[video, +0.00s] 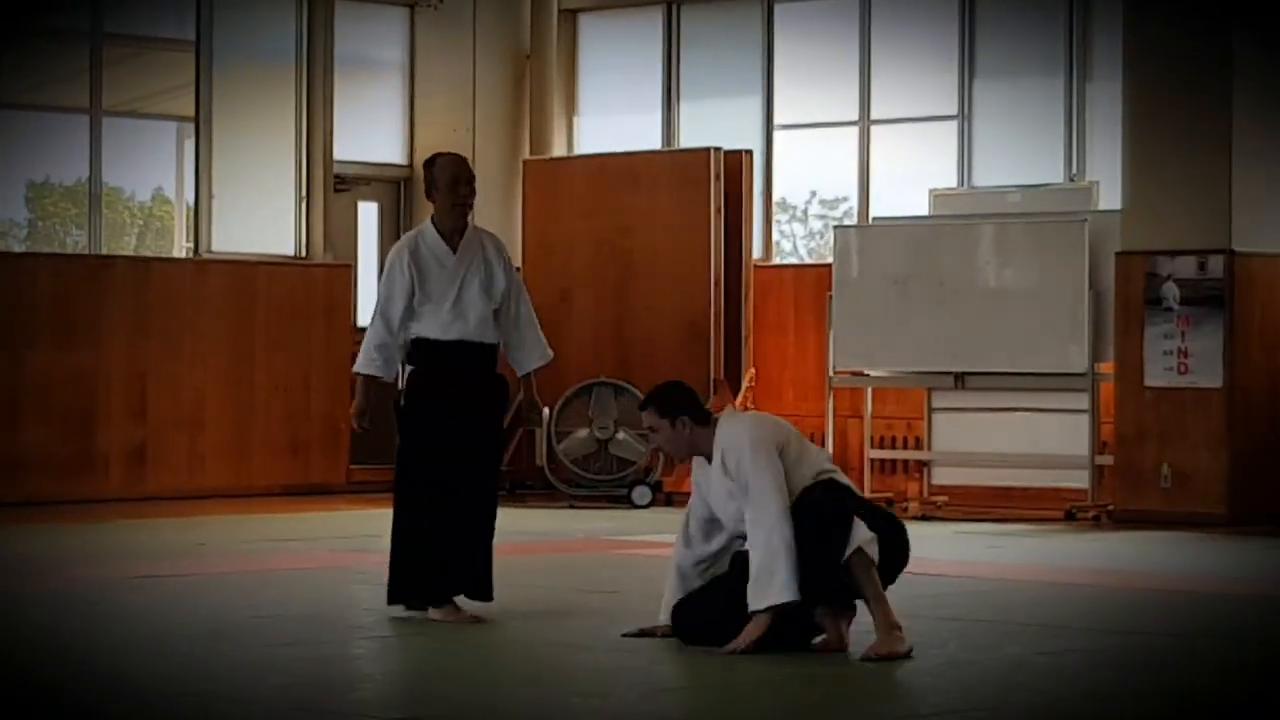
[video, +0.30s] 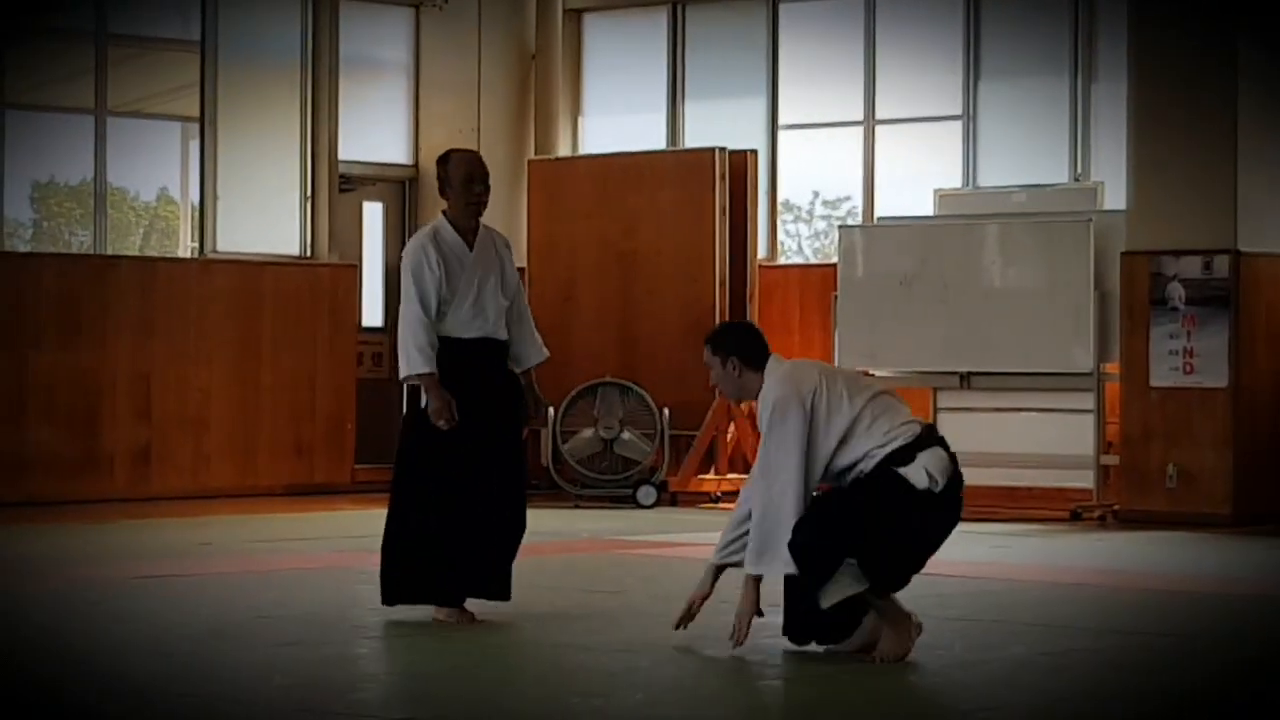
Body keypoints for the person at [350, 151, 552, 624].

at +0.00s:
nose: (469, 193)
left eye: (471, 184)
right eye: (458, 186)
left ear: (475, 188)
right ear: (431, 193)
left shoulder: (490, 248)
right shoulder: (408, 251)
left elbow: (516, 318)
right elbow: (385, 322)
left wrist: (529, 384)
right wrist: (364, 391)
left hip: (479, 372)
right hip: (429, 372)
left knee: (469, 481)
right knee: (430, 480)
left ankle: (441, 589)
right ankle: (433, 595)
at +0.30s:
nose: (480, 192)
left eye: (484, 183)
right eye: (469, 185)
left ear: (490, 186)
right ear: (443, 190)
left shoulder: (498, 245)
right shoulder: (424, 248)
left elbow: (517, 317)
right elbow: (414, 321)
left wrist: (531, 385)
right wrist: (432, 388)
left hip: (494, 371)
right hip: (448, 373)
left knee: (485, 482)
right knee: (450, 482)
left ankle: (458, 596)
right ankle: (445, 598)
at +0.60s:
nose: (499, 192)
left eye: (501, 184)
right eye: (488, 185)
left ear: (504, 188)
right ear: (459, 191)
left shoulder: (504, 249)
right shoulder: (438, 250)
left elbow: (519, 322)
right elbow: (443, 327)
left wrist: (529, 387)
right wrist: (475, 392)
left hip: (504, 375)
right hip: (459, 379)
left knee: (522, 482)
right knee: (457, 486)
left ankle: (536, 591)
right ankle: (450, 597)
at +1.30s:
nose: (531, 198)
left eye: (529, 189)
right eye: (519, 190)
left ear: (519, 198)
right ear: (489, 201)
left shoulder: (531, 263)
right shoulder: (479, 260)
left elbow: (556, 324)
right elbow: (491, 322)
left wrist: (578, 383)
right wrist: (543, 343)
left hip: (536, 382)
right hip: (503, 386)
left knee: (556, 489)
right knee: (505, 491)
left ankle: (557, 602)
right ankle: (449, 581)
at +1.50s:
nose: (491, 198)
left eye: (488, 190)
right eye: (479, 192)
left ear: (457, 207)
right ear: (452, 204)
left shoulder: (452, 256)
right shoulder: (463, 257)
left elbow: (488, 338)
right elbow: (532, 268)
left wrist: (531, 385)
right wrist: (589, 217)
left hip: (480, 387)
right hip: (486, 390)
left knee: (478, 498)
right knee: (555, 490)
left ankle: (423, 600)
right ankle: (556, 606)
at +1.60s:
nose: (464, 191)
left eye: (461, 183)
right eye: (453, 185)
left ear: (420, 200)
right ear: (426, 196)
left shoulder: (401, 255)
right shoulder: (445, 251)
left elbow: (421, 337)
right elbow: (521, 291)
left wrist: (487, 363)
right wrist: (551, 242)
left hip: (431, 389)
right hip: (463, 391)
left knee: (450, 499)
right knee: (519, 487)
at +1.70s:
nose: (440, 193)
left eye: (436, 185)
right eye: (431, 186)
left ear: (392, 197)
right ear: (406, 195)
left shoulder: (366, 254)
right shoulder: (420, 256)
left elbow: (387, 328)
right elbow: (478, 311)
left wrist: (448, 342)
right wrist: (501, 278)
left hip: (393, 387)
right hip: (429, 391)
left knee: (416, 500)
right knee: (457, 496)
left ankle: (414, 610)